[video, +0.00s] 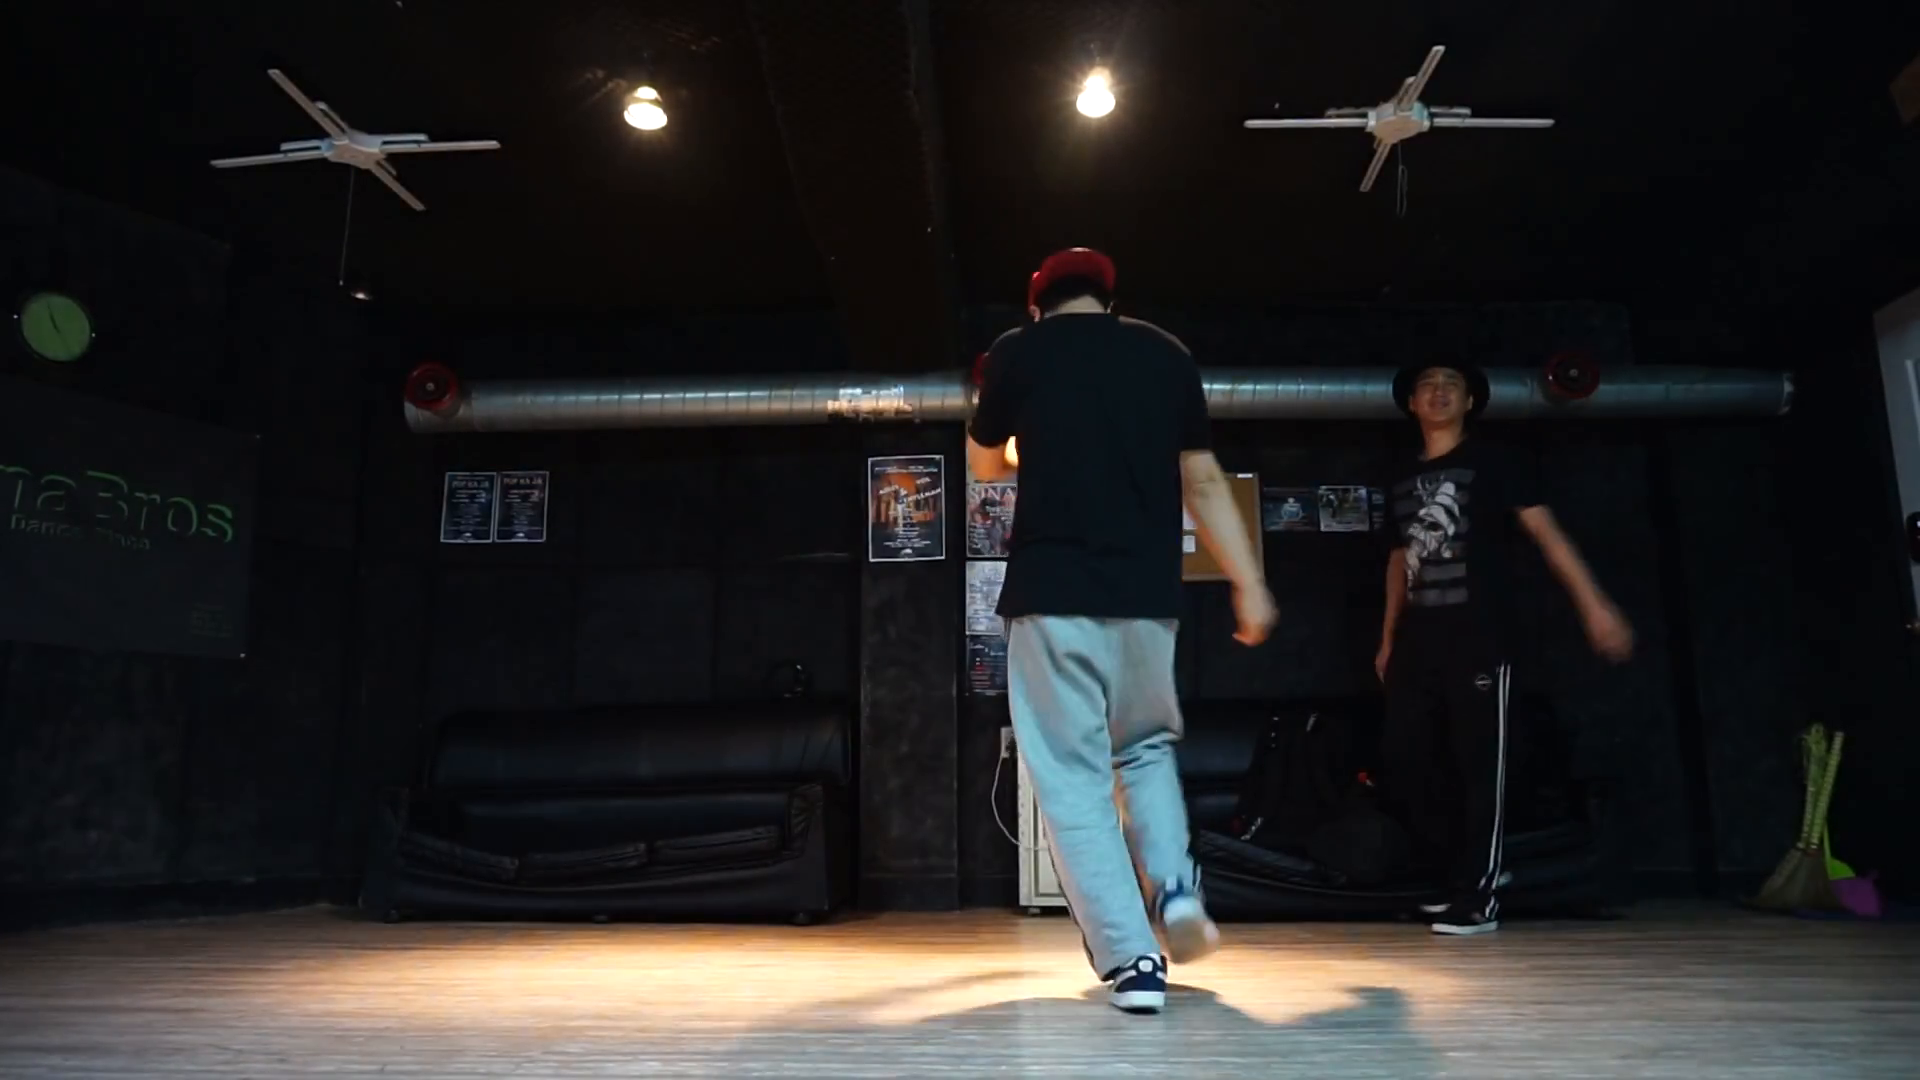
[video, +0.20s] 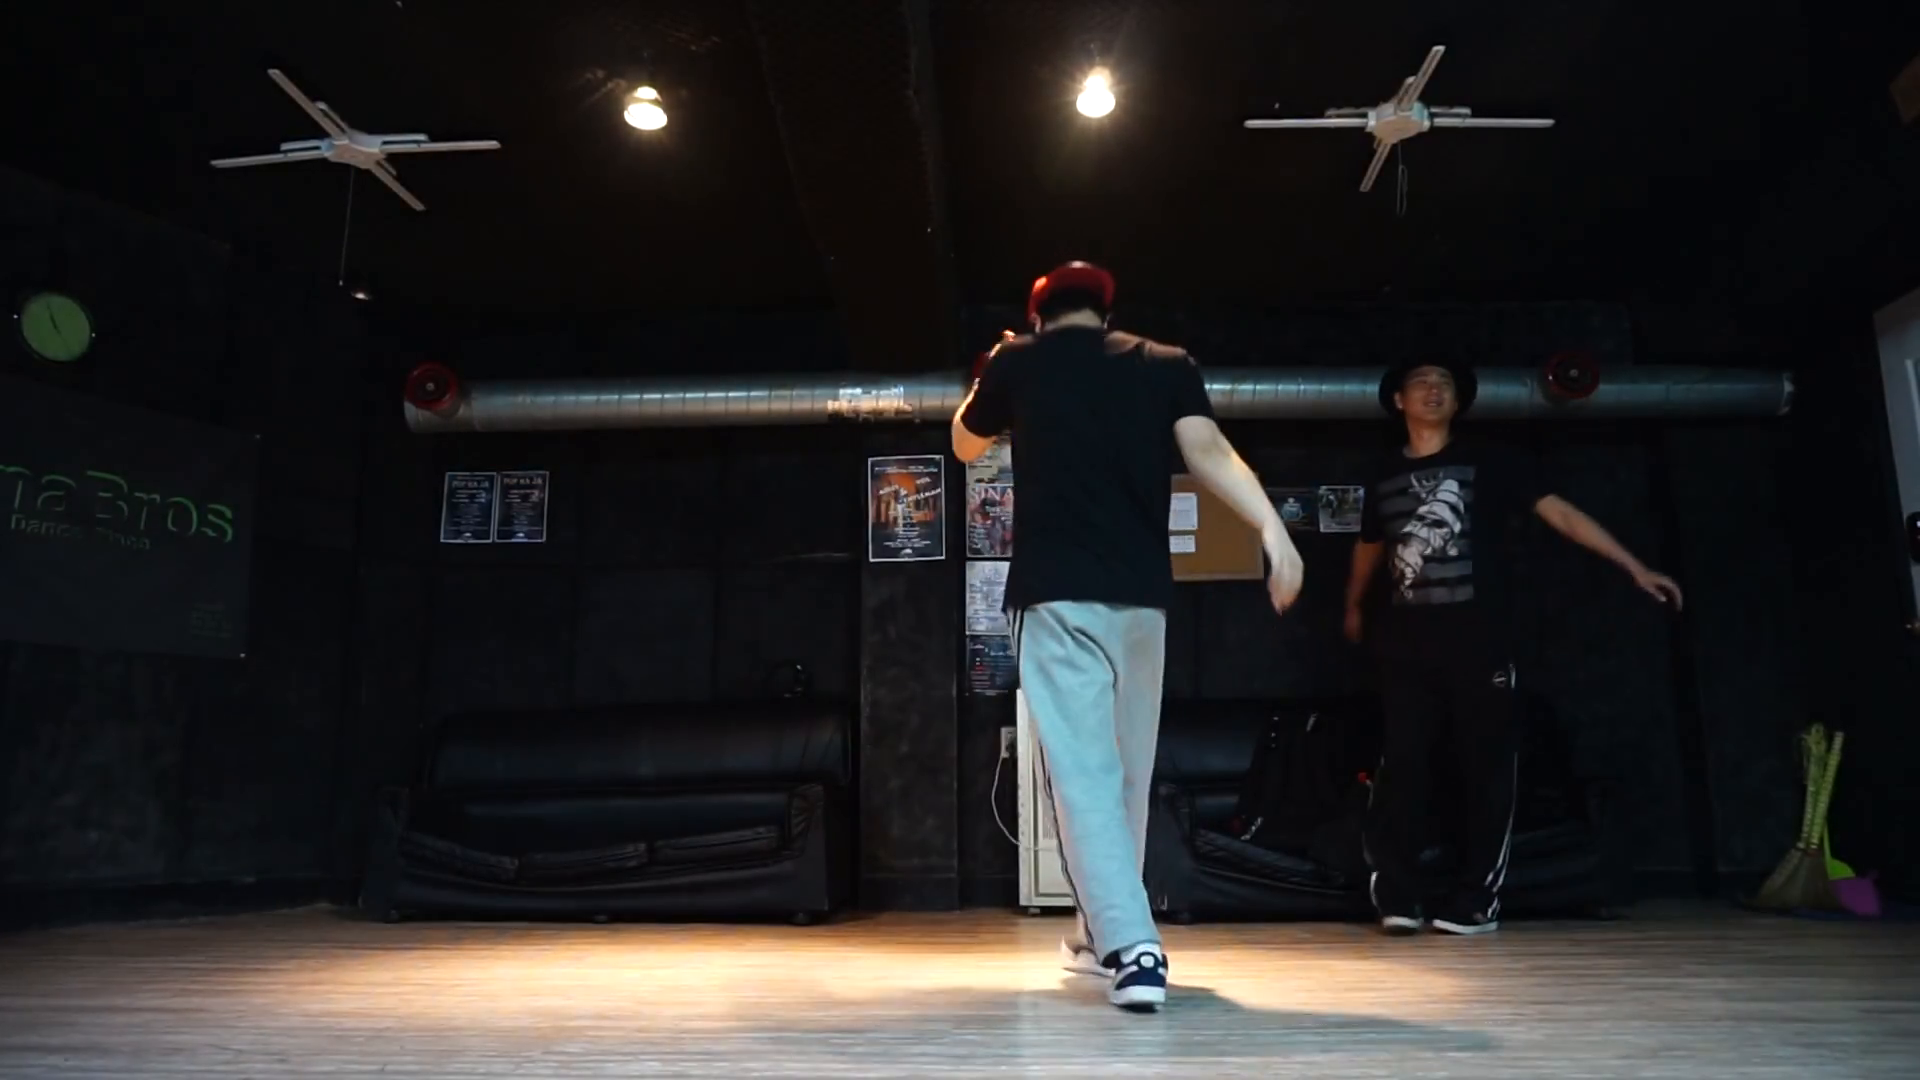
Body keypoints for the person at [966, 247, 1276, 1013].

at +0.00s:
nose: (1038, 320)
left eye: (1034, 309)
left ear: (1037, 307)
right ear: (1110, 299)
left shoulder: (1015, 355)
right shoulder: (1167, 356)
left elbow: (987, 461)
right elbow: (1202, 479)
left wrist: (1035, 433)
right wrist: (1247, 582)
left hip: (1051, 595)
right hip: (1147, 594)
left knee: (1073, 781)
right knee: (1148, 746)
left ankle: (1131, 962)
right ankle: (1176, 888)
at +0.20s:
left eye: (1037, 316)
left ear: (1036, 319)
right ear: (1107, 312)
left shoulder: (1017, 363)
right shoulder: (1164, 365)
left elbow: (968, 444)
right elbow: (1208, 452)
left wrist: (999, 374)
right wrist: (1272, 527)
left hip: (1057, 594)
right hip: (1142, 596)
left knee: (1085, 774)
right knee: (1130, 772)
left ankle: (1134, 951)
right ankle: (1104, 932)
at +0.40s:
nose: (1023, 358)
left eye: (1024, 349)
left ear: (1031, 346)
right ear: (1095, 340)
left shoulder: (1016, 387)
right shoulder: (1151, 393)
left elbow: (965, 473)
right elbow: (1193, 481)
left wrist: (970, 407)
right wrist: (1251, 561)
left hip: (1052, 618)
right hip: (1135, 618)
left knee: (1030, 781)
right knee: (1111, 781)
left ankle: (1132, 892)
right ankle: (1097, 945)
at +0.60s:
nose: (998, 362)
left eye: (998, 354)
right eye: (1000, 354)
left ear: (1006, 347)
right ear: (1068, 340)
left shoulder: (1013, 387)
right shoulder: (1116, 404)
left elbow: (959, 485)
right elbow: (1116, 516)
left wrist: (989, 414)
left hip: (1037, 608)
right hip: (1109, 615)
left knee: (981, 750)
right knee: (1092, 780)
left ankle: (1068, 875)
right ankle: (1112, 945)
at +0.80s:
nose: (966, 371)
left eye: (964, 360)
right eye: (964, 361)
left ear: (976, 350)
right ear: (1030, 342)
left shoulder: (998, 399)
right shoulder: (1068, 399)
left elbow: (942, 488)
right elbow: (1005, 499)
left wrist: (978, 414)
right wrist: (944, 570)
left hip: (1018, 610)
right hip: (1084, 608)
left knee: (968, 766)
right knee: (1080, 772)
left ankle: (998, 926)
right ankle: (1109, 939)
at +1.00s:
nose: (927, 400)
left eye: (925, 386)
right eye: (922, 389)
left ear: (946, 368)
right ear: (971, 361)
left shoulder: (976, 416)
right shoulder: (1023, 415)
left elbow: (917, 508)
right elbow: (933, 529)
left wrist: (916, 481)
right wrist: (866, 575)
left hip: (977, 624)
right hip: (1028, 624)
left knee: (942, 774)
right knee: (1015, 772)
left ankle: (992, 934)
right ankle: (1083, 891)